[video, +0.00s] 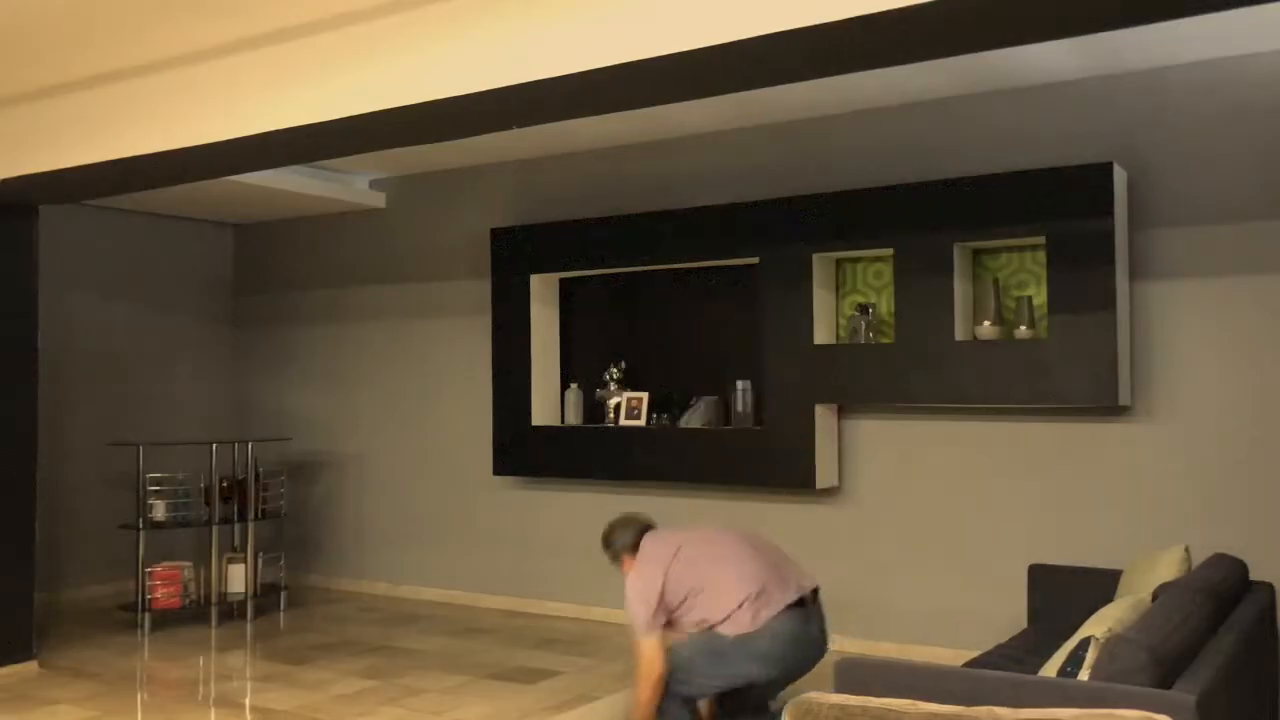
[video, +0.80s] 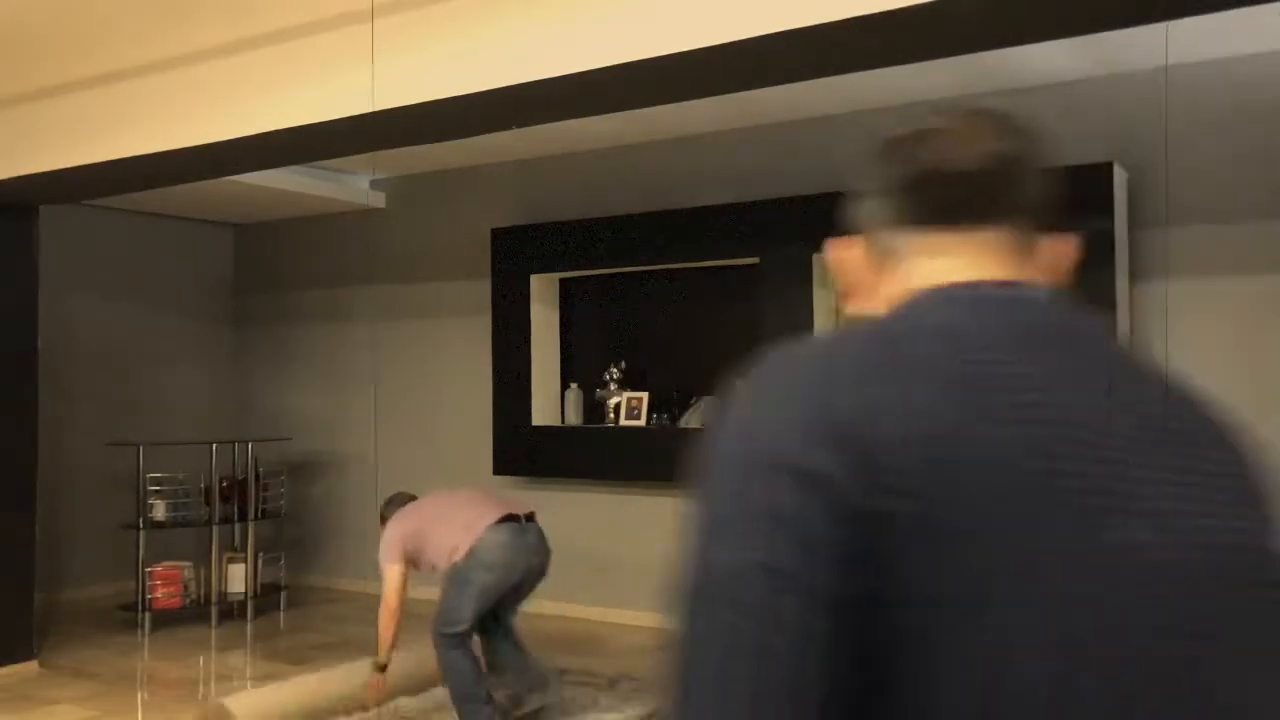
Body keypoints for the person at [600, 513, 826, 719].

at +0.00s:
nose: (625, 575)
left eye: (620, 568)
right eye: (620, 569)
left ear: (627, 560)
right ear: (652, 534)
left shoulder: (642, 572)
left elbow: (654, 672)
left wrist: (642, 713)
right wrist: (706, 705)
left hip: (769, 638)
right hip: (810, 627)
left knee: (662, 681)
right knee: (738, 703)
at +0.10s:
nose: (597, 590)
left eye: (592, 583)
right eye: (594, 585)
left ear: (597, 576)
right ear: (626, 549)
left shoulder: (612, 586)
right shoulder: (663, 562)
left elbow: (606, 686)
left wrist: (576, 712)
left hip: (739, 655)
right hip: (779, 645)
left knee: (641, 679)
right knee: (714, 707)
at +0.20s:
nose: (563, 575)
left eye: (559, 568)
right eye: (561, 570)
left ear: (563, 560)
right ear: (592, 535)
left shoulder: (577, 568)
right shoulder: (629, 545)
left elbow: (565, 664)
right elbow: (654, 625)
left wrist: (530, 686)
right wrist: (601, 671)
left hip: (705, 609)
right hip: (752, 600)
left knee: (642, 684)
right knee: (713, 694)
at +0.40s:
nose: (515, 556)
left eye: (512, 550)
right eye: (513, 551)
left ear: (514, 542)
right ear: (543, 522)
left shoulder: (524, 553)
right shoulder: (575, 531)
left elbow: (510, 637)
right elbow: (580, 624)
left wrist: (486, 692)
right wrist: (552, 672)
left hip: (635, 591)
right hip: (674, 579)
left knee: (603, 699)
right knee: (625, 679)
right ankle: (660, 667)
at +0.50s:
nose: (480, 549)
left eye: (479, 543)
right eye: (479, 544)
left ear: (482, 534)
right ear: (507, 516)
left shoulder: (489, 544)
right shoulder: (537, 524)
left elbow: (466, 623)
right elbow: (554, 602)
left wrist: (440, 659)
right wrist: (518, 648)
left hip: (598, 581)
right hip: (636, 571)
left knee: (545, 663)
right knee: (587, 663)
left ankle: (610, 711)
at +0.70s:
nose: (413, 550)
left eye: (410, 544)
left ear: (413, 537)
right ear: (441, 517)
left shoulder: (418, 545)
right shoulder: (469, 524)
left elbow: (402, 626)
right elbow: (483, 595)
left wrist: (396, 657)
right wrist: (454, 656)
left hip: (512, 565)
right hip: (558, 555)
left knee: (464, 641)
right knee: (549, 658)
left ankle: (481, 713)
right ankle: (593, 711)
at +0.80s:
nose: (386, 533)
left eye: (385, 528)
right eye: (384, 529)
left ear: (387, 521)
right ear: (415, 502)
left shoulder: (395, 529)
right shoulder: (442, 507)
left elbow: (391, 604)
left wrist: (381, 665)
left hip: (494, 550)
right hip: (535, 540)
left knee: (449, 636)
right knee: (493, 620)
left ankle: (479, 713)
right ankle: (532, 692)